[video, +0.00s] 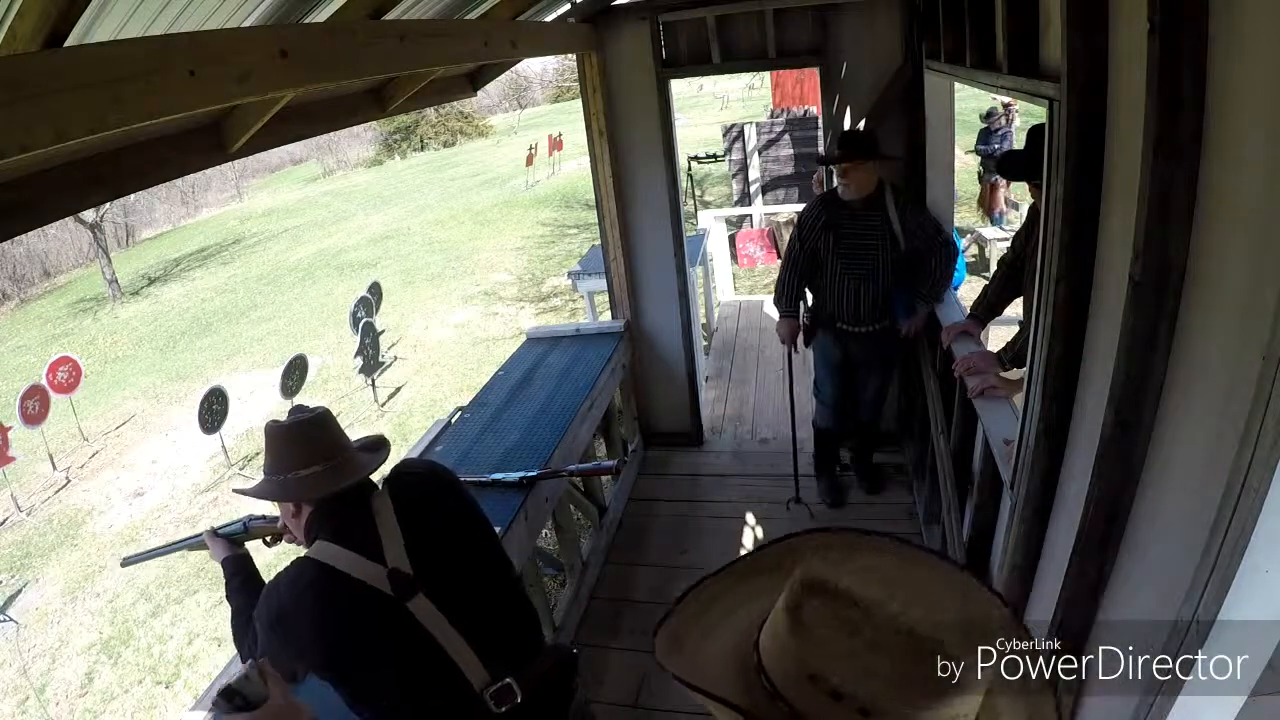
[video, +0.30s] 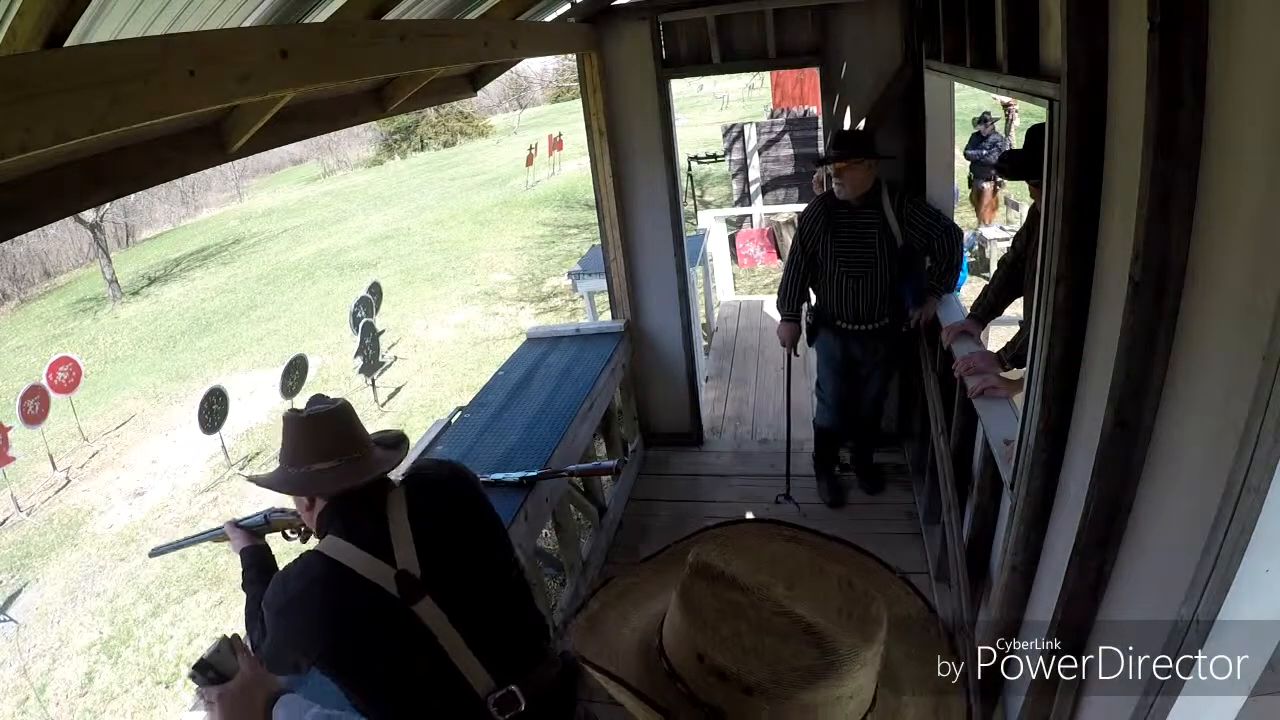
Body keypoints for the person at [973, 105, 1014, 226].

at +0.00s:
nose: (990, 124)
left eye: (992, 122)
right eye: (989, 122)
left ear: (999, 119)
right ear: (987, 121)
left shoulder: (1007, 132)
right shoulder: (983, 131)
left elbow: (1004, 150)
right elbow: (978, 149)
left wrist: (982, 150)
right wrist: (995, 148)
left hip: (1000, 171)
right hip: (986, 170)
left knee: (997, 202)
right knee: (986, 201)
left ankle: (999, 227)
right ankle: (994, 225)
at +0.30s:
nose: (982, 131)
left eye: (985, 127)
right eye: (981, 128)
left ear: (991, 126)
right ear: (979, 127)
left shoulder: (1000, 140)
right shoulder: (975, 137)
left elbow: (992, 159)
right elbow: (967, 154)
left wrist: (974, 156)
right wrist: (984, 153)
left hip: (990, 178)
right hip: (976, 177)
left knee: (983, 210)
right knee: (977, 206)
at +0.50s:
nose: (975, 131)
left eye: (978, 128)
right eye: (974, 128)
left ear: (986, 126)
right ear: (973, 127)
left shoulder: (992, 139)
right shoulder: (970, 136)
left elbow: (986, 159)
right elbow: (961, 153)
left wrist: (970, 155)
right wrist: (976, 153)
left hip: (983, 178)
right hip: (968, 176)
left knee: (980, 209)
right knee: (965, 208)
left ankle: (979, 229)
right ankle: (968, 227)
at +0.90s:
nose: (961, 134)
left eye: (964, 131)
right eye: (960, 131)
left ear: (970, 130)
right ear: (958, 131)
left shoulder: (978, 143)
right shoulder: (955, 142)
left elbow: (974, 164)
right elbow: (948, 157)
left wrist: (956, 159)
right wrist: (964, 158)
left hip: (971, 185)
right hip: (955, 184)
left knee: (972, 219)